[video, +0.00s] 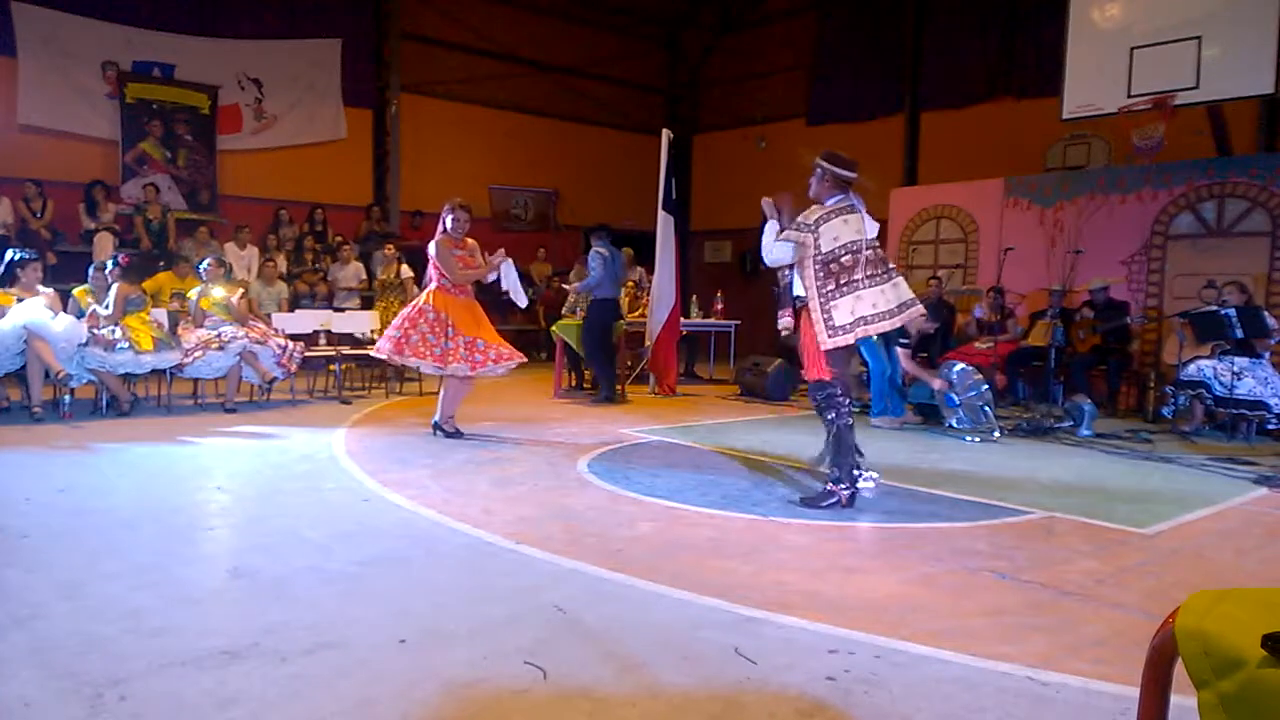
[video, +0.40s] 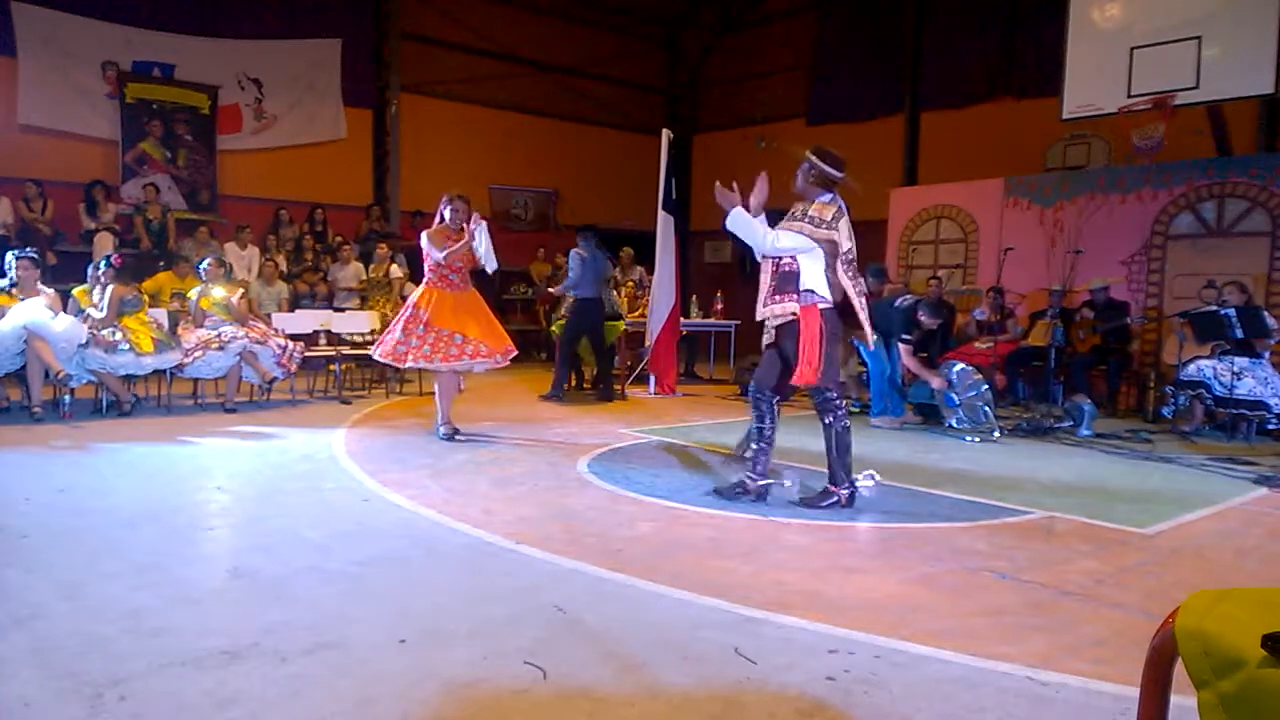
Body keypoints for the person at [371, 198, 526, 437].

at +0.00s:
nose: (460, 225)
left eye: (464, 221)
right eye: (455, 220)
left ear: (470, 223)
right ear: (445, 220)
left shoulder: (471, 244)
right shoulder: (439, 244)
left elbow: (481, 274)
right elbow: (455, 276)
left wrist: (494, 264)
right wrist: (487, 269)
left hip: (465, 308)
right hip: (444, 308)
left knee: (464, 370)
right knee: (457, 369)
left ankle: (446, 418)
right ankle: (443, 418)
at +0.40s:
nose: (456, 216)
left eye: (461, 212)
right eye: (453, 210)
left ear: (468, 215)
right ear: (443, 211)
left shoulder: (467, 237)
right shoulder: (431, 235)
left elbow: (481, 261)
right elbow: (444, 255)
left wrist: (480, 235)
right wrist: (469, 239)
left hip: (461, 300)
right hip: (438, 299)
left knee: (453, 364)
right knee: (444, 363)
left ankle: (445, 418)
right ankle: (444, 420)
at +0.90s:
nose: (455, 211)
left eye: (460, 206)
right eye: (450, 207)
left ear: (464, 208)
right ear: (442, 208)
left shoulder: (469, 237)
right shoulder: (428, 233)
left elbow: (476, 239)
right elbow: (430, 233)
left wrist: (462, 213)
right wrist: (441, 210)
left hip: (462, 298)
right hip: (434, 297)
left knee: (461, 365)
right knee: (437, 364)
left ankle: (449, 417)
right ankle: (439, 419)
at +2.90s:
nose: (464, 206)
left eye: (469, 202)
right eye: (460, 202)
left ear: (478, 209)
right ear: (453, 208)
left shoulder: (484, 238)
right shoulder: (443, 231)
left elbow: (475, 227)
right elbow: (425, 223)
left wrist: (453, 202)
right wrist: (434, 199)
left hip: (471, 298)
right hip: (442, 296)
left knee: (467, 364)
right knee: (445, 363)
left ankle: (461, 420)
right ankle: (447, 420)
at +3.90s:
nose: (454, 206)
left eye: (459, 202)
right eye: (449, 202)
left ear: (466, 206)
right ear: (441, 207)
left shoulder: (477, 232)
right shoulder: (435, 233)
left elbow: (503, 241)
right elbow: (448, 239)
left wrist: (482, 219)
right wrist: (465, 215)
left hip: (474, 298)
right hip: (447, 297)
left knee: (469, 364)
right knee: (448, 364)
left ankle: (461, 420)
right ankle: (447, 420)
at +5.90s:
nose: (458, 210)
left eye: (462, 206)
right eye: (455, 205)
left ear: (469, 209)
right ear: (448, 207)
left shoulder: (478, 233)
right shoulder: (438, 229)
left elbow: (492, 243)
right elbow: (442, 237)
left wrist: (476, 216)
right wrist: (454, 219)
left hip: (469, 298)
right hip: (442, 296)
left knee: (461, 364)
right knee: (442, 364)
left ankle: (458, 420)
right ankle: (446, 421)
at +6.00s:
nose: (459, 207)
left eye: (462, 204)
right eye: (455, 202)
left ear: (467, 207)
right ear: (448, 204)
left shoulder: (477, 233)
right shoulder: (437, 229)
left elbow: (489, 238)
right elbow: (442, 231)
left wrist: (473, 211)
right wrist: (453, 207)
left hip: (469, 297)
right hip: (442, 295)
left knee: (462, 365)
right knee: (442, 364)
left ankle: (457, 421)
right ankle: (445, 422)